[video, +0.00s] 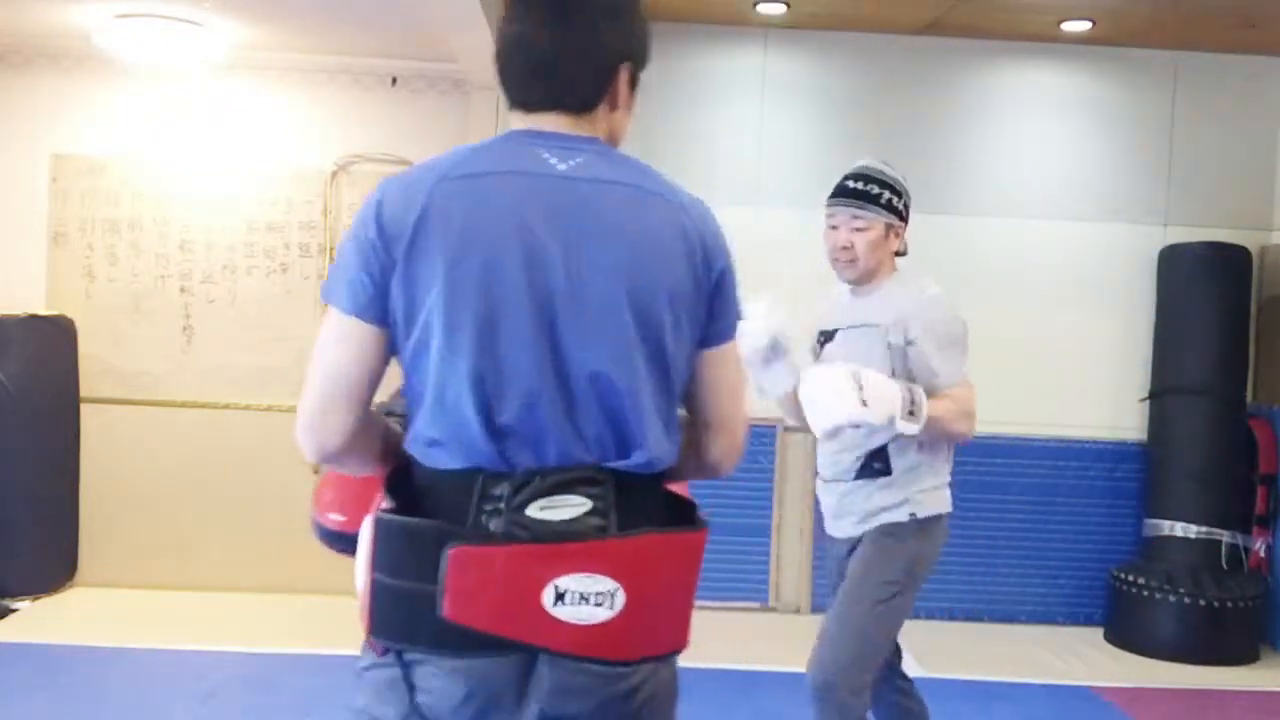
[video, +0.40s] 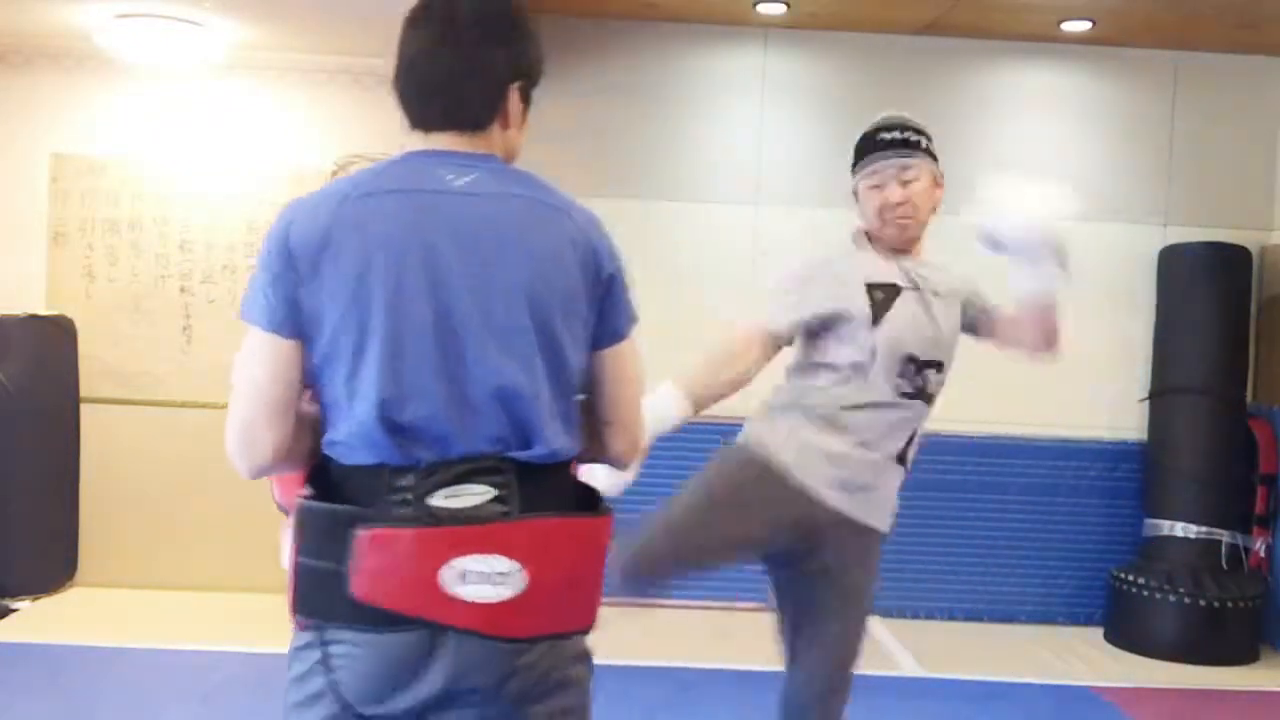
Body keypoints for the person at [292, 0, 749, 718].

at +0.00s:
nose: (632, 103)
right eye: (636, 85)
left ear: (506, 74)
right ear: (621, 85)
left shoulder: (405, 205)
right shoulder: (685, 223)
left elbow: (328, 433)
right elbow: (718, 447)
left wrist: (420, 448)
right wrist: (604, 447)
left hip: (445, 605)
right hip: (618, 608)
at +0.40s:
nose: (526, 120)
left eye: (528, 101)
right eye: (529, 102)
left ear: (406, 94)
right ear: (512, 104)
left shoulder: (312, 225)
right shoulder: (574, 231)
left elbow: (256, 448)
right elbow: (621, 440)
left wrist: (350, 411)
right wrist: (516, 414)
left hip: (363, 602)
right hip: (528, 601)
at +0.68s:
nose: (446, 107)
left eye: (444, 85)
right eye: (444, 83)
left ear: (324, 83)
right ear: (417, 84)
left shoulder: (228, 214)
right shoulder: (475, 210)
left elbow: (194, 416)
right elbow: (537, 419)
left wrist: (305, 402)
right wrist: (478, 398)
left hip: (287, 574)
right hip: (440, 568)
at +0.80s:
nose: (420, 92)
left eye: (419, 73)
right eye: (416, 71)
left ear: (299, 76)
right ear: (385, 74)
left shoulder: (207, 202)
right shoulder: (440, 195)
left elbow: (178, 403)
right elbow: (512, 406)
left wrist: (288, 403)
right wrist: (462, 396)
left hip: (259, 544)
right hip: (404, 545)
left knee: (281, 708)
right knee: (438, 707)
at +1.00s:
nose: (392, 83)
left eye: (393, 64)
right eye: (390, 63)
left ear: (270, 68)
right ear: (354, 67)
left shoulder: (174, 197)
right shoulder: (389, 187)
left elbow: (144, 396)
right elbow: (473, 414)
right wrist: (499, 530)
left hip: (192, 542)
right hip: (329, 549)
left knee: (232, 705)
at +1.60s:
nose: (353, 49)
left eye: (356, 27)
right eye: (353, 25)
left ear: (205, 26)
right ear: (315, 20)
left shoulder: (100, 165)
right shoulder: (317, 154)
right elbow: (548, 323)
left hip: (104, 572)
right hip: (257, 585)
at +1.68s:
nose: (335, 33)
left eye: (337, 14)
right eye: (334, 13)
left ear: (185, 22)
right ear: (296, 15)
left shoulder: (92, 149)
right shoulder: (304, 140)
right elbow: (551, 270)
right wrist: (539, 135)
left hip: (92, 567)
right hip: (244, 580)